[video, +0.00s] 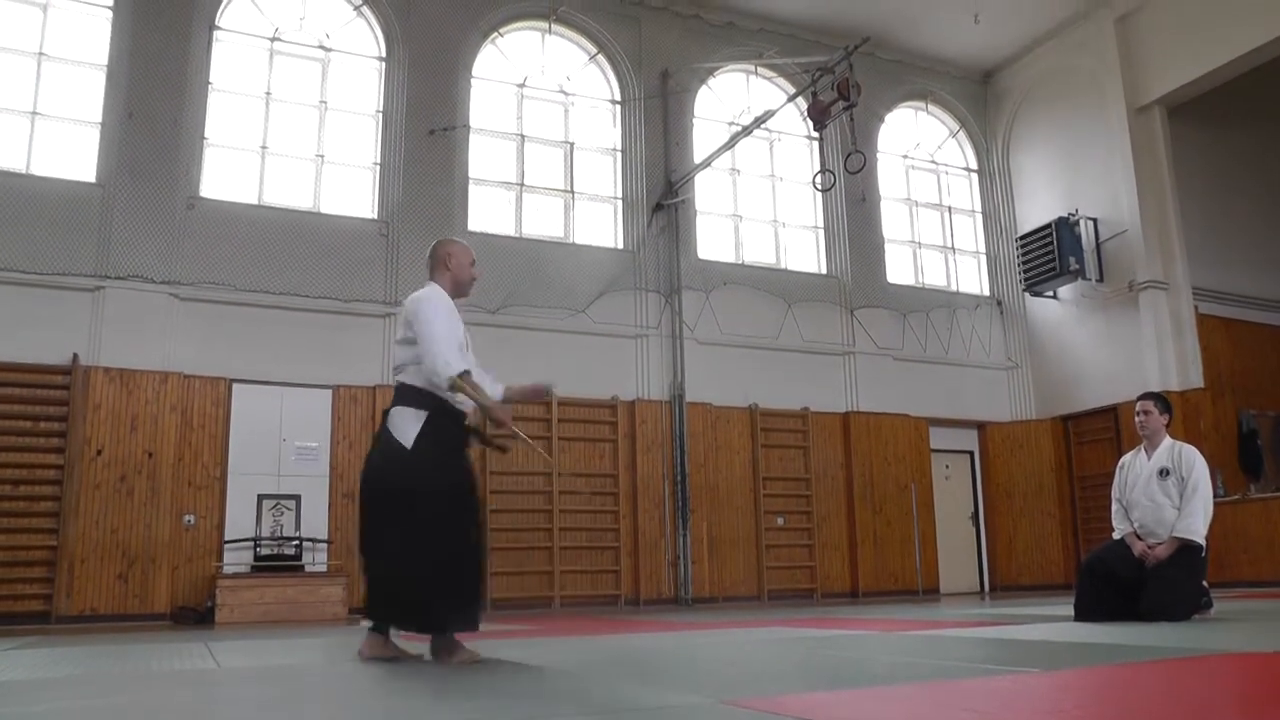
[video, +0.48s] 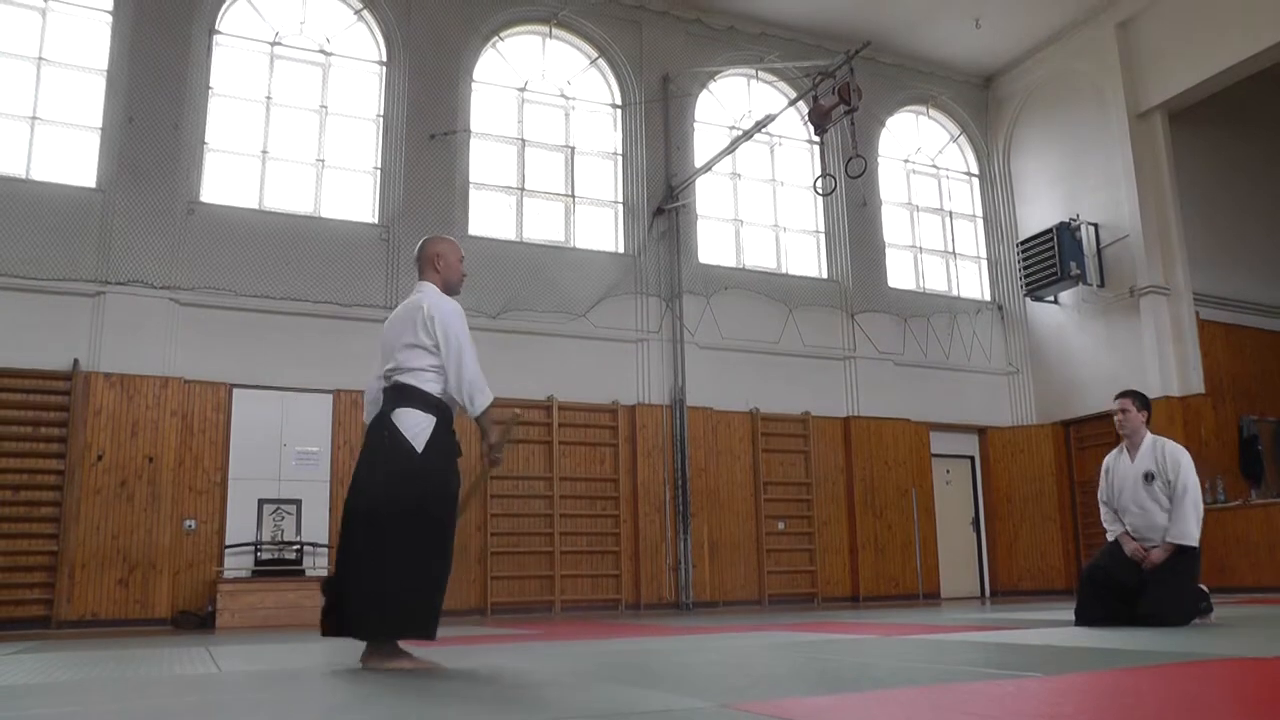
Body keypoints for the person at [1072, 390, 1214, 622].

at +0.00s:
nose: (1140, 419)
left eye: (1147, 413)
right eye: (1137, 414)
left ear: (1165, 419)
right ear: (1133, 420)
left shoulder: (1186, 456)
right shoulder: (1126, 463)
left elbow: (1197, 508)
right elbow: (1117, 509)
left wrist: (1168, 546)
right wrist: (1133, 542)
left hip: (1180, 547)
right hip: (1135, 546)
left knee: (1158, 611)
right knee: (1093, 568)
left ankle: (1198, 595)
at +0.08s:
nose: (1139, 420)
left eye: (1146, 415)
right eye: (1136, 416)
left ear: (1164, 420)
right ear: (1133, 421)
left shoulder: (1187, 457)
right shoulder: (1125, 464)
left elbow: (1198, 509)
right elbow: (1117, 510)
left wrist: (1168, 547)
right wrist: (1133, 543)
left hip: (1180, 548)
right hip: (1135, 547)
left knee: (1157, 612)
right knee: (1094, 570)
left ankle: (1199, 596)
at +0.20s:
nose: (1136, 423)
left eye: (1143, 417)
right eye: (1134, 418)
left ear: (1162, 422)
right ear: (1131, 424)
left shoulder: (1185, 460)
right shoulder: (1124, 467)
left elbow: (1199, 511)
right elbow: (1116, 512)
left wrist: (1169, 550)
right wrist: (1134, 546)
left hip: (1180, 552)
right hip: (1135, 551)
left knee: (1160, 613)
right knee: (1094, 572)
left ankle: (1200, 597)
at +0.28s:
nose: (1132, 424)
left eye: (1139, 418)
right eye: (1130, 420)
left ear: (1158, 423)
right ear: (1127, 426)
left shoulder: (1183, 460)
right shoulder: (1121, 468)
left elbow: (1200, 512)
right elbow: (1115, 515)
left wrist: (1169, 551)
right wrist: (1134, 547)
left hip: (1181, 554)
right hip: (1136, 553)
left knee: (1161, 614)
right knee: (1095, 573)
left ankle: (1200, 598)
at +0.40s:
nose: (1124, 423)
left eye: (1130, 417)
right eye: (1121, 418)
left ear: (1149, 422)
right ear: (1119, 423)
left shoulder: (1177, 459)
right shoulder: (1115, 468)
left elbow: (1196, 512)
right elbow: (1111, 515)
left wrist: (1167, 553)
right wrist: (1133, 548)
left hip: (1179, 553)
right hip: (1134, 552)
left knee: (1159, 615)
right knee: (1094, 576)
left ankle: (1200, 599)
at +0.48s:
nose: (1118, 418)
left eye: (1124, 411)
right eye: (1115, 413)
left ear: (1143, 416)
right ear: (1112, 418)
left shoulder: (1172, 454)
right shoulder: (1110, 462)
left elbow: (1188, 506)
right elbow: (1106, 508)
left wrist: (1165, 549)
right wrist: (1125, 541)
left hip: (1174, 549)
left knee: (1158, 616)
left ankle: (1199, 599)